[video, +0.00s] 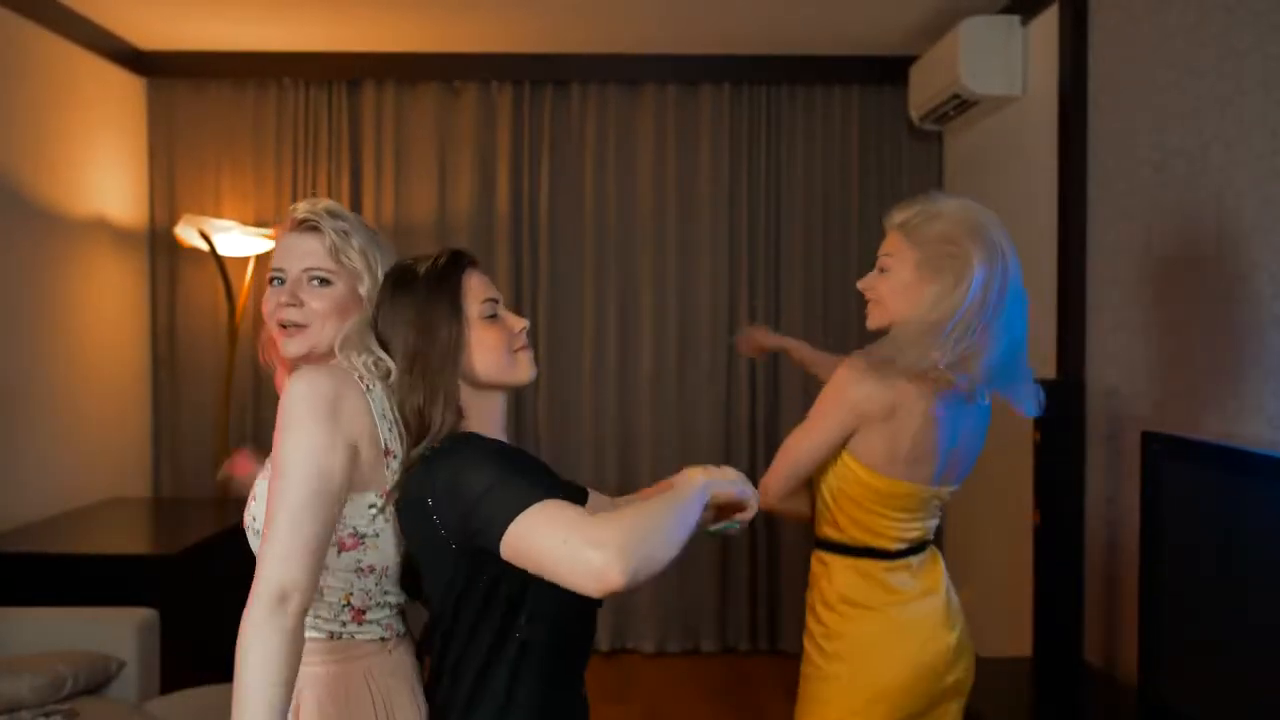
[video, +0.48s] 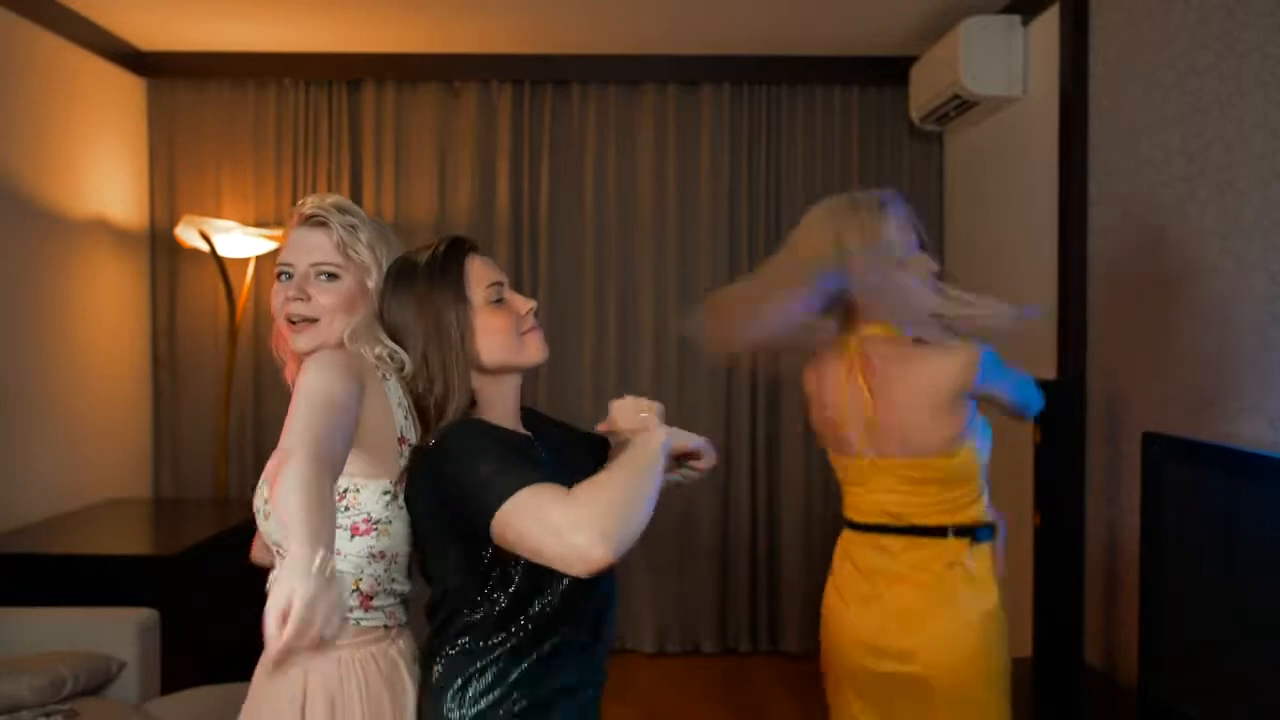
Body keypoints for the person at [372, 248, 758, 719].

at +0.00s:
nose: (520, 321)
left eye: (506, 308)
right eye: (491, 311)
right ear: (437, 340)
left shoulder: (493, 461)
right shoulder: (454, 471)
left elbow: (609, 513)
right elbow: (604, 562)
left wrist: (692, 487)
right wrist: (700, 484)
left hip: (533, 701)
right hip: (495, 706)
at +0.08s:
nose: (523, 326)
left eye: (508, 313)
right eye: (492, 318)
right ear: (440, 350)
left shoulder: (509, 466)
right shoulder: (466, 476)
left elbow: (618, 511)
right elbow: (605, 576)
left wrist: (686, 493)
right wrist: (682, 490)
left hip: (535, 701)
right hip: (492, 706)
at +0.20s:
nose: (528, 332)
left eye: (513, 319)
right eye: (497, 326)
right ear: (446, 361)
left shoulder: (537, 466)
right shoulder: (465, 489)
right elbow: (610, 590)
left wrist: (651, 487)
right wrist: (627, 481)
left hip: (554, 704)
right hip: (490, 707)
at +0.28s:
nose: (529, 329)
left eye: (514, 316)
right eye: (499, 322)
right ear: (448, 356)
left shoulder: (538, 462)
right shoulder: (461, 486)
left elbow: (658, 508)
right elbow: (606, 583)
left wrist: (637, 463)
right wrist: (631, 467)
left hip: (564, 702)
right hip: (486, 707)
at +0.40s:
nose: (528, 313)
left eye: (514, 300)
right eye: (497, 307)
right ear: (446, 342)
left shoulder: (542, 446)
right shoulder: (454, 468)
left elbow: (643, 495)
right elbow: (594, 553)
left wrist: (632, 440)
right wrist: (670, 452)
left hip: (566, 703)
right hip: (486, 707)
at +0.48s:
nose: (527, 304)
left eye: (513, 290)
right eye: (497, 298)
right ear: (445, 333)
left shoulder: (539, 434)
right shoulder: (454, 455)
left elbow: (611, 457)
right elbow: (583, 540)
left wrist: (658, 453)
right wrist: (646, 439)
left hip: (570, 698)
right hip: (490, 704)